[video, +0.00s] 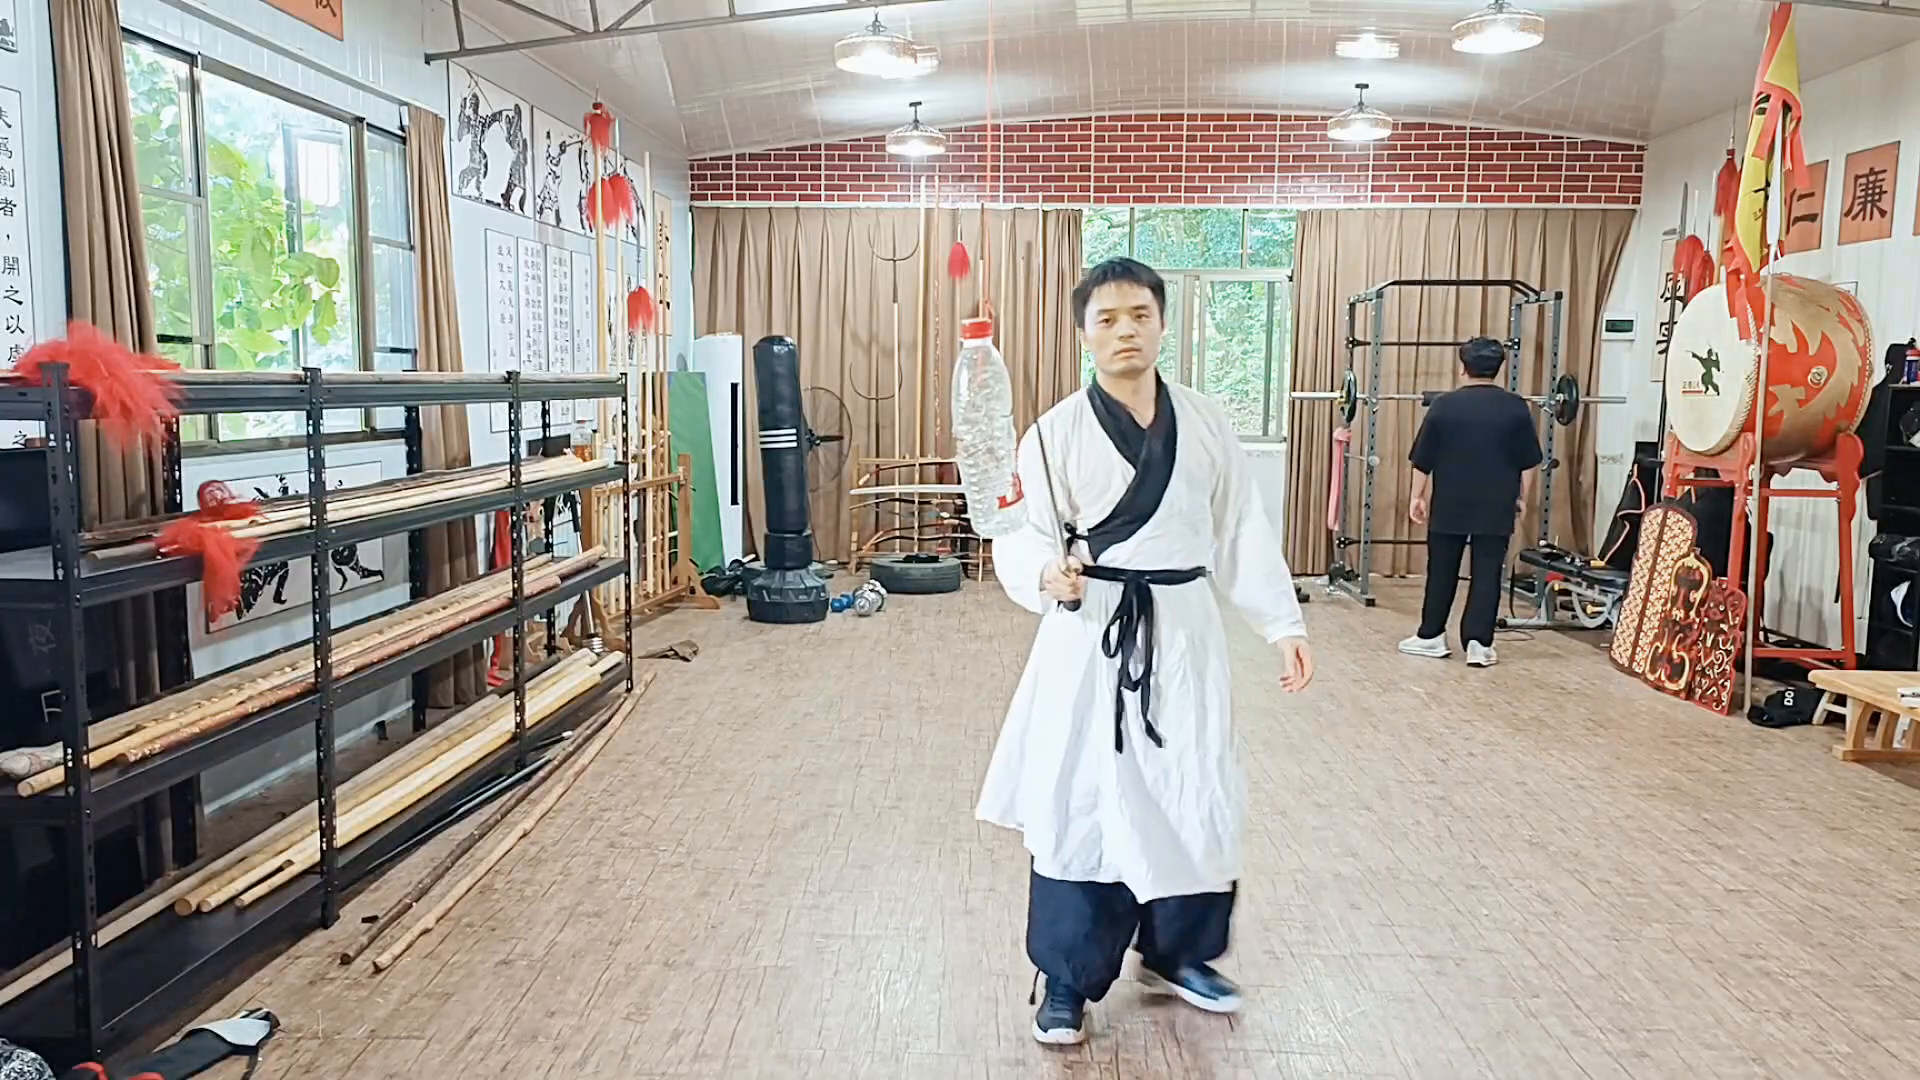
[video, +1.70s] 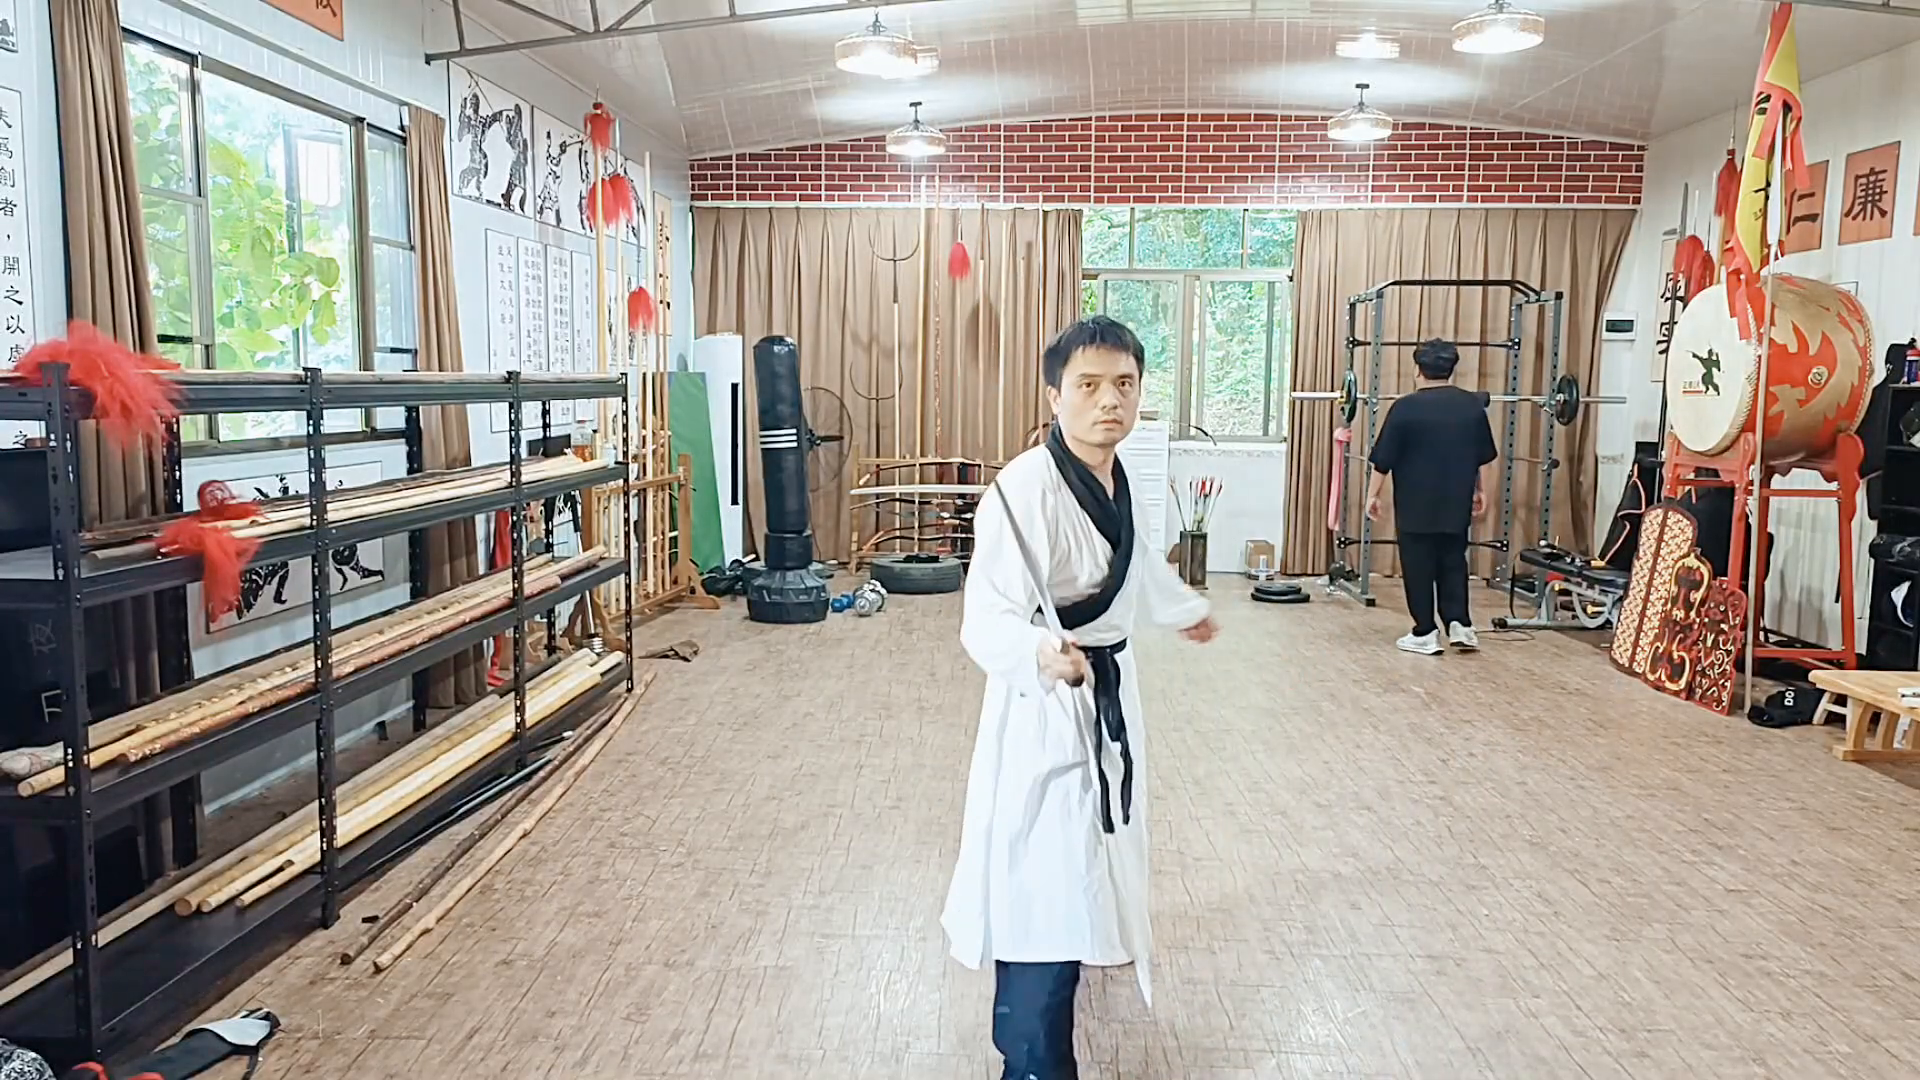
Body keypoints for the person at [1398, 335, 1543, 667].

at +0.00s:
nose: (1457, 369)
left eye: (1460, 365)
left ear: (1464, 368)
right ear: (1499, 369)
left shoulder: (1445, 404)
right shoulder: (1515, 407)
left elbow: (1424, 458)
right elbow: (1530, 461)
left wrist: (1417, 494)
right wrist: (1523, 499)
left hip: (1449, 506)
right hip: (1495, 510)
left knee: (1440, 575)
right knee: (1486, 579)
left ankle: (1430, 638)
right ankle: (1478, 645)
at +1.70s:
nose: (1415, 370)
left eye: (1417, 366)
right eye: (1419, 365)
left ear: (1419, 370)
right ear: (1451, 370)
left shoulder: (1405, 407)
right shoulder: (1471, 405)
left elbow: (1383, 458)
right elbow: (1485, 455)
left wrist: (1373, 495)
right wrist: (1483, 490)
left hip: (1414, 508)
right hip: (1456, 506)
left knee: (1417, 569)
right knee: (1453, 563)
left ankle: (1424, 633)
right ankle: (1459, 625)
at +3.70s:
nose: (1400, 375)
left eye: (1401, 371)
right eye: (1400, 371)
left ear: (1406, 374)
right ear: (1436, 372)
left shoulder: (1398, 409)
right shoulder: (1460, 405)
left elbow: (1381, 464)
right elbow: (1476, 455)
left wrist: (1371, 502)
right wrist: (1478, 490)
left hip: (1411, 506)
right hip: (1453, 504)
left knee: (1413, 569)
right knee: (1444, 563)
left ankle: (1424, 633)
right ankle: (1439, 619)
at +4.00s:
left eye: (1423, 383)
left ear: (1421, 387)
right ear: (1453, 384)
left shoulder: (1408, 423)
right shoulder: (1470, 416)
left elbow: (1388, 472)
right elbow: (1491, 462)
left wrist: (1381, 506)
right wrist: (1489, 490)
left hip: (1420, 513)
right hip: (1460, 512)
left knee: (1412, 563)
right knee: (1460, 569)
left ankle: (1405, 609)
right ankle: (1463, 629)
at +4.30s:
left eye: (1444, 368)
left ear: (1443, 371)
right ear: (1477, 372)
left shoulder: (1431, 407)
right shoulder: (1494, 406)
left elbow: (1412, 460)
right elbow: (1509, 456)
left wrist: (1406, 496)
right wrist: (1511, 492)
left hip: (1436, 504)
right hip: (1480, 505)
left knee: (1428, 560)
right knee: (1471, 570)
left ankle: (1421, 623)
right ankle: (1463, 637)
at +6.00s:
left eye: (1426, 361)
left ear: (1426, 366)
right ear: (1459, 368)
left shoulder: (1408, 403)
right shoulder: (1474, 404)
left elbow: (1386, 456)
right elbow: (1490, 457)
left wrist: (1382, 490)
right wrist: (1488, 494)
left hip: (1417, 506)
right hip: (1460, 506)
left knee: (1421, 570)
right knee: (1461, 566)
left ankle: (1427, 635)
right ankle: (1465, 628)